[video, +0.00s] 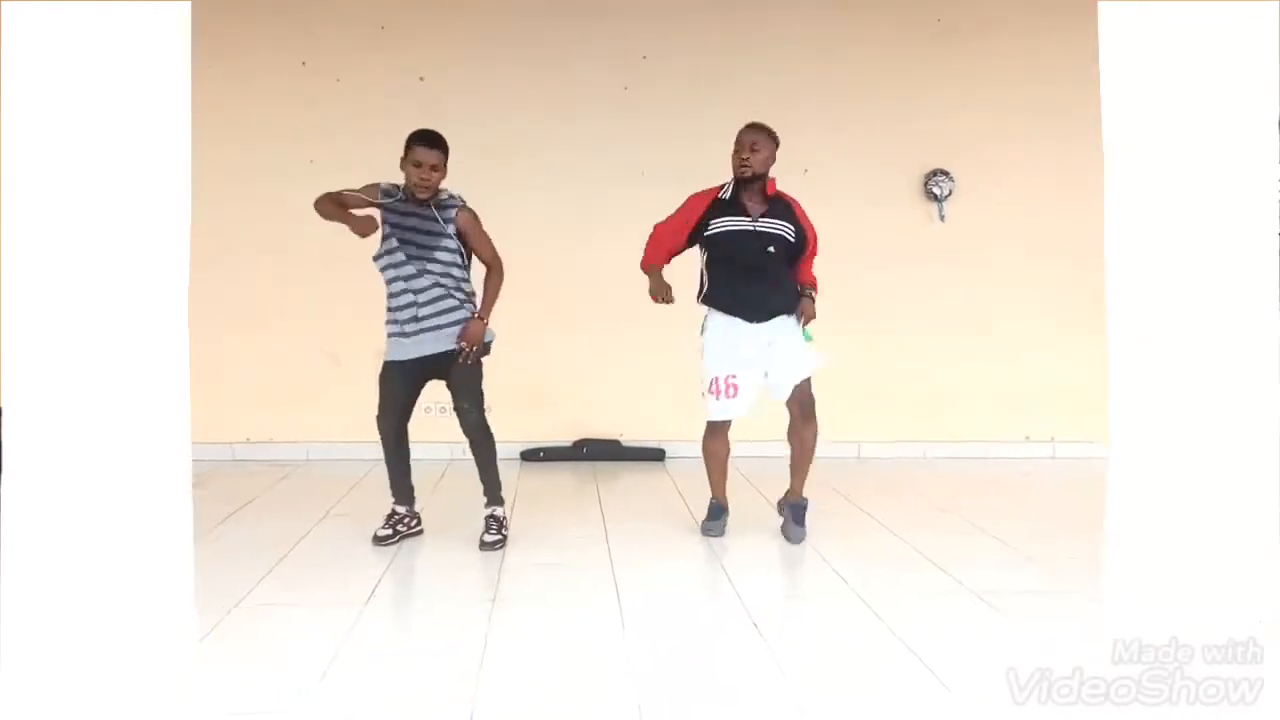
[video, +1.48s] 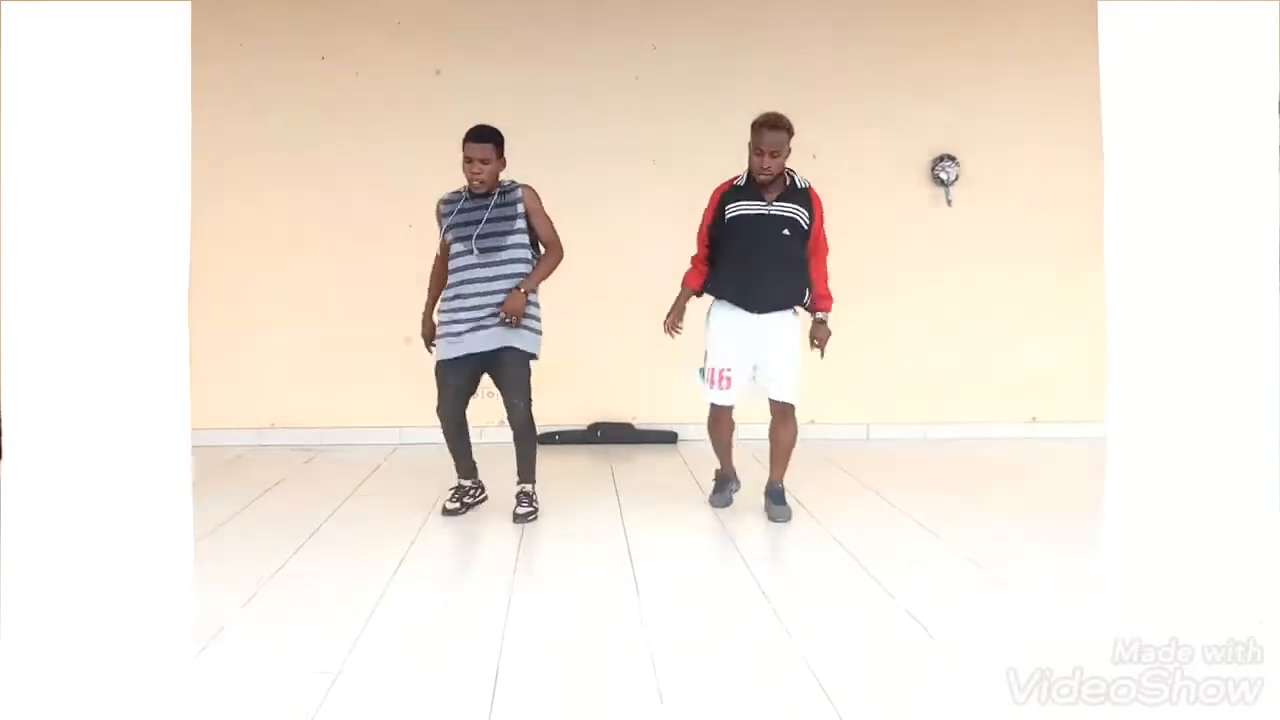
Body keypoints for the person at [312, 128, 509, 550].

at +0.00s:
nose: (426, 175)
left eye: (435, 168)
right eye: (418, 166)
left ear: (445, 169)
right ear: (403, 164)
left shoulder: (458, 214)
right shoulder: (383, 196)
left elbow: (495, 267)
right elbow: (323, 202)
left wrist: (481, 319)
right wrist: (348, 215)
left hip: (455, 338)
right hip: (404, 343)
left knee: (472, 419)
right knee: (390, 423)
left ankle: (495, 508)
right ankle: (404, 511)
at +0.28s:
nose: (387, 181)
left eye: (391, 172)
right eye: (386, 173)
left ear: (417, 169)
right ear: (413, 171)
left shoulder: (465, 205)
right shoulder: (406, 214)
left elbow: (491, 270)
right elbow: (381, 269)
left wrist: (457, 322)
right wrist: (346, 253)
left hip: (455, 334)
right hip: (410, 335)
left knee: (426, 419)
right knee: (407, 419)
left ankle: (460, 438)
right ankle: (423, 506)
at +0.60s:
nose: (443, 151)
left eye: (452, 144)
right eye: (437, 144)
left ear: (473, 149)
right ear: (432, 146)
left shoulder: (489, 201)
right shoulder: (422, 175)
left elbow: (513, 260)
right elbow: (378, 154)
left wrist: (486, 301)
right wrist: (395, 100)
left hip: (446, 310)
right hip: (401, 312)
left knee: (464, 407)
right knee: (405, 408)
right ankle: (424, 492)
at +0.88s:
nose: (470, 169)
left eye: (479, 161)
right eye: (461, 161)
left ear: (489, 167)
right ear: (449, 165)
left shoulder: (500, 217)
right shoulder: (424, 213)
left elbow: (520, 264)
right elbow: (396, 276)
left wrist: (541, 293)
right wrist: (388, 336)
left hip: (486, 342)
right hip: (431, 340)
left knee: (511, 411)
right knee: (387, 406)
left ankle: (515, 494)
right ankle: (401, 488)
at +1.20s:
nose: (458, 181)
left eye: (467, 173)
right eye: (452, 173)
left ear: (486, 171)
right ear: (446, 171)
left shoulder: (508, 203)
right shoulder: (436, 216)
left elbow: (550, 253)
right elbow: (415, 267)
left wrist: (516, 297)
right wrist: (385, 316)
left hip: (508, 333)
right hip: (457, 329)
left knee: (510, 417)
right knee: (404, 392)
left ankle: (520, 493)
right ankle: (421, 492)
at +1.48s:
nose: (475, 168)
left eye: (484, 161)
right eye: (469, 160)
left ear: (501, 163)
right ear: (461, 160)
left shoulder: (522, 197)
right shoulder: (449, 206)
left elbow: (554, 250)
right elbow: (443, 260)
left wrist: (523, 290)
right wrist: (429, 310)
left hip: (509, 326)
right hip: (459, 329)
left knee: (518, 409)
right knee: (448, 411)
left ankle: (526, 487)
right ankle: (469, 483)